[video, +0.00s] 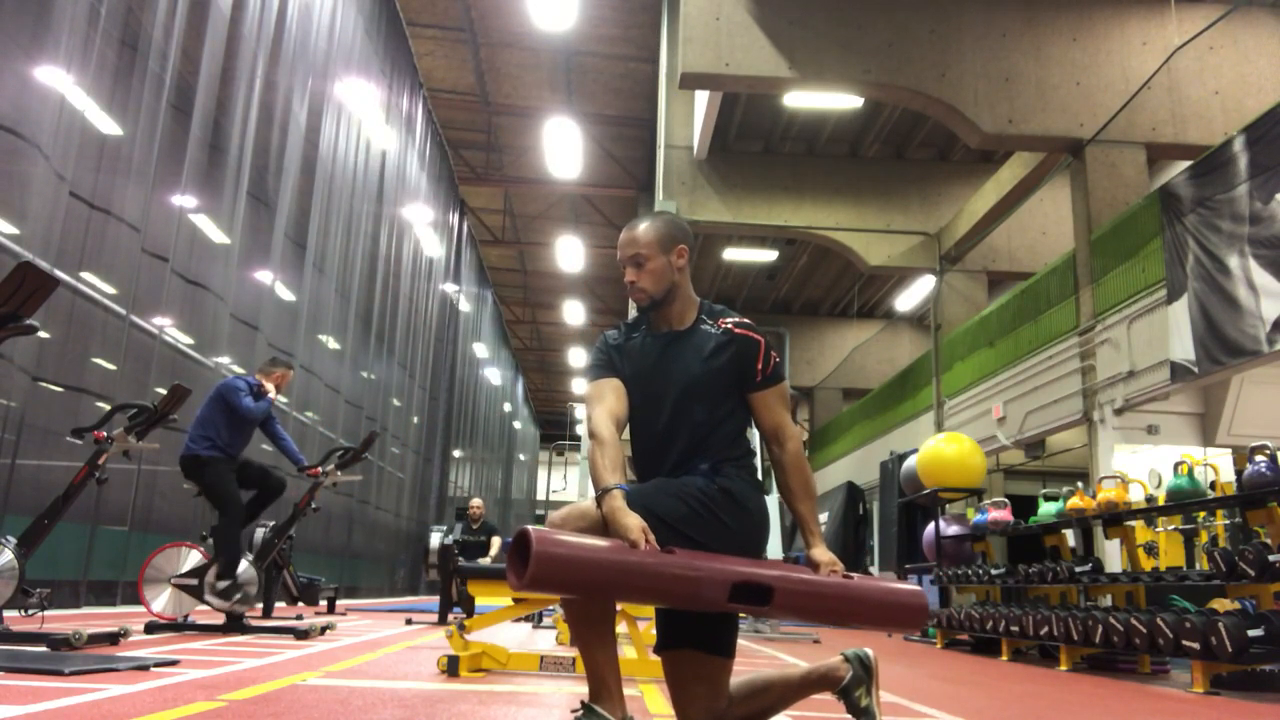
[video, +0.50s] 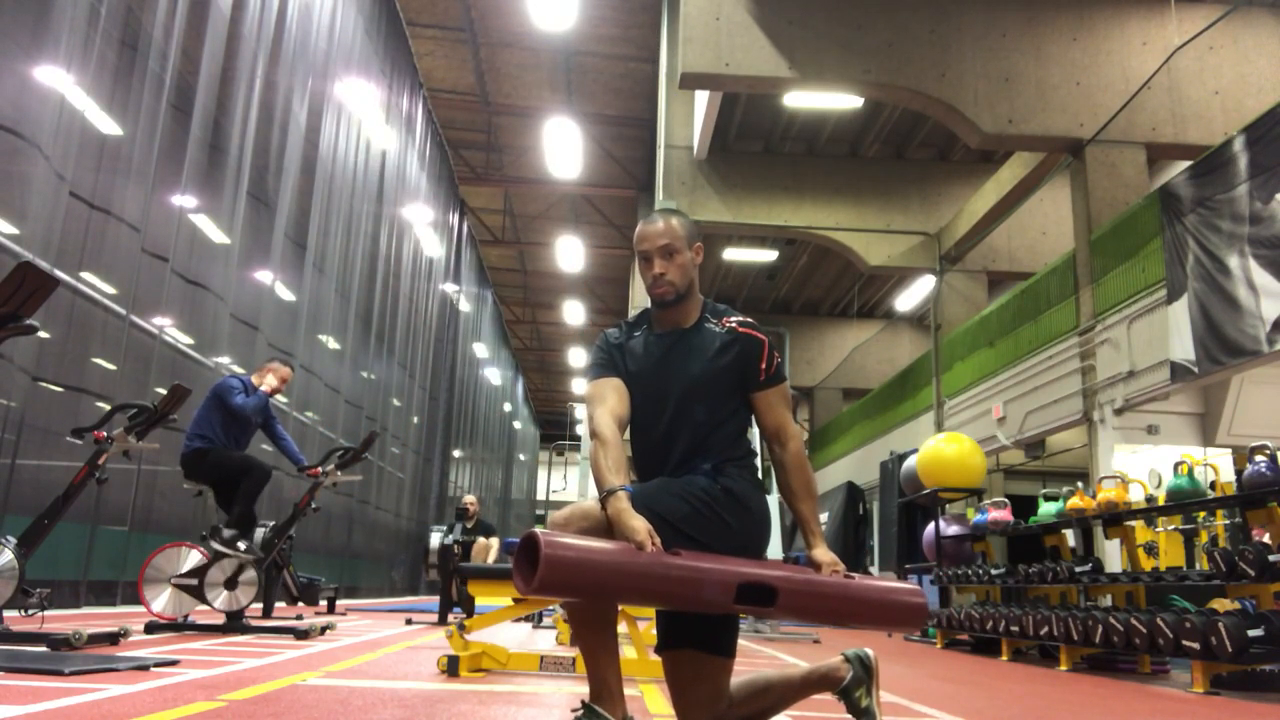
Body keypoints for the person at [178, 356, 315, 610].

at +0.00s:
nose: (283, 389)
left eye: (285, 386)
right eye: (285, 384)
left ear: (271, 376)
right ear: (277, 377)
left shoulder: (260, 401)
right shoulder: (234, 385)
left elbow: (277, 434)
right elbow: (251, 412)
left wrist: (303, 465)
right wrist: (270, 397)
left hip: (227, 461)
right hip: (202, 459)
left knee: (275, 484)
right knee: (233, 510)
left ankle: (229, 529)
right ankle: (224, 580)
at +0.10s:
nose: (283, 390)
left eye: (285, 386)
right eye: (284, 384)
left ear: (271, 376)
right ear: (276, 377)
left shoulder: (260, 400)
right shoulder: (234, 384)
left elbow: (277, 434)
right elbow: (253, 411)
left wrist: (303, 464)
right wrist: (271, 394)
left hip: (227, 461)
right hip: (203, 459)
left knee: (277, 475)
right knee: (228, 515)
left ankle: (246, 529)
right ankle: (205, 578)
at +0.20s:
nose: (282, 389)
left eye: (284, 386)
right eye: (284, 384)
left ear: (272, 378)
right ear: (274, 377)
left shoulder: (261, 401)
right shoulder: (232, 384)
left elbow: (277, 435)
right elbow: (251, 409)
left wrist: (303, 465)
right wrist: (269, 392)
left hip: (226, 461)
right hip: (200, 458)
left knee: (274, 488)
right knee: (238, 505)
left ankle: (257, 546)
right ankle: (198, 563)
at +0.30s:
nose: (283, 388)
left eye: (285, 384)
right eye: (283, 382)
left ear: (273, 379)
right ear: (269, 375)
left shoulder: (260, 404)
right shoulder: (231, 385)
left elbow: (277, 435)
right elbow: (248, 410)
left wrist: (303, 465)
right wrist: (266, 390)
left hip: (222, 461)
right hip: (200, 457)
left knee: (261, 509)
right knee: (248, 492)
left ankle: (252, 563)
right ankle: (206, 539)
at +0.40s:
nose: (283, 388)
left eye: (286, 384)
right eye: (283, 381)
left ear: (271, 379)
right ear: (267, 374)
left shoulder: (261, 405)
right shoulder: (231, 384)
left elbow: (278, 435)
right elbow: (246, 409)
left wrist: (303, 465)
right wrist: (266, 388)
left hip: (222, 464)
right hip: (199, 457)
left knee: (248, 518)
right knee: (257, 474)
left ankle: (235, 569)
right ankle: (212, 528)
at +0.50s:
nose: (282, 388)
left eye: (285, 384)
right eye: (282, 381)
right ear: (267, 373)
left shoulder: (262, 406)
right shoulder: (231, 384)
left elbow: (279, 436)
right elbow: (243, 409)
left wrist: (303, 466)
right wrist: (265, 389)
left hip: (221, 464)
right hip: (199, 456)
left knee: (248, 518)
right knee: (259, 471)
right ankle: (230, 531)